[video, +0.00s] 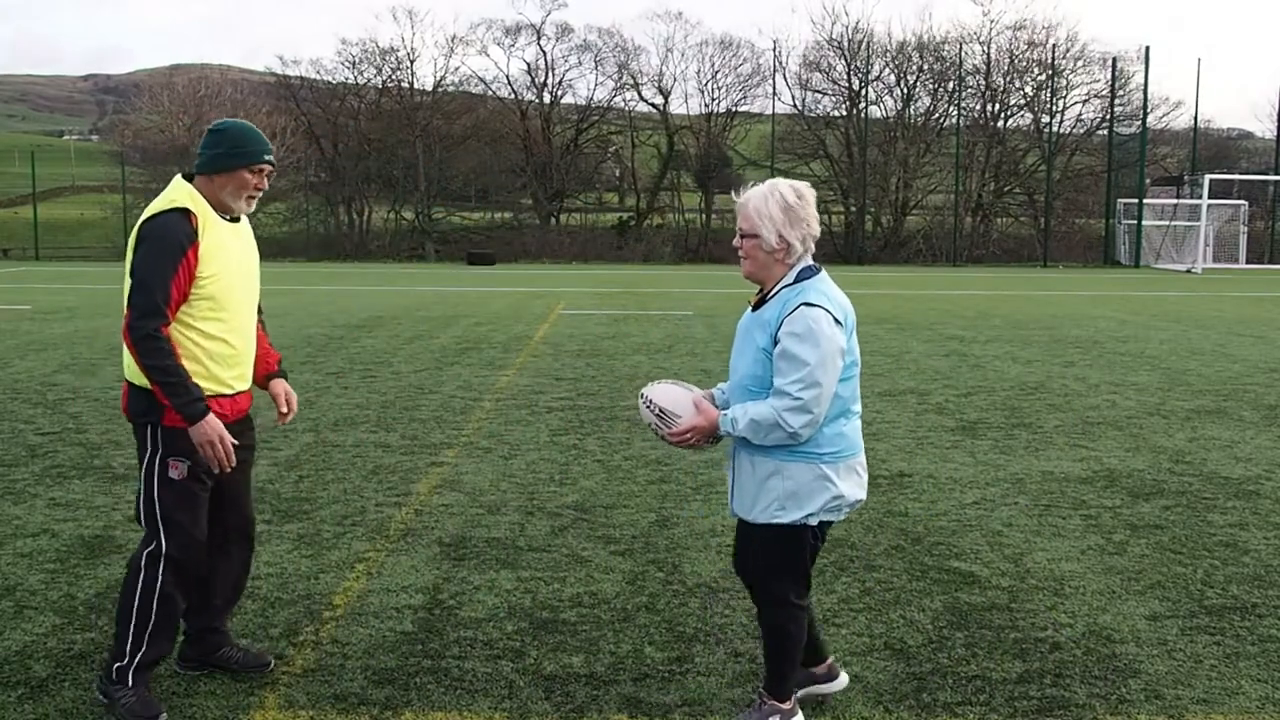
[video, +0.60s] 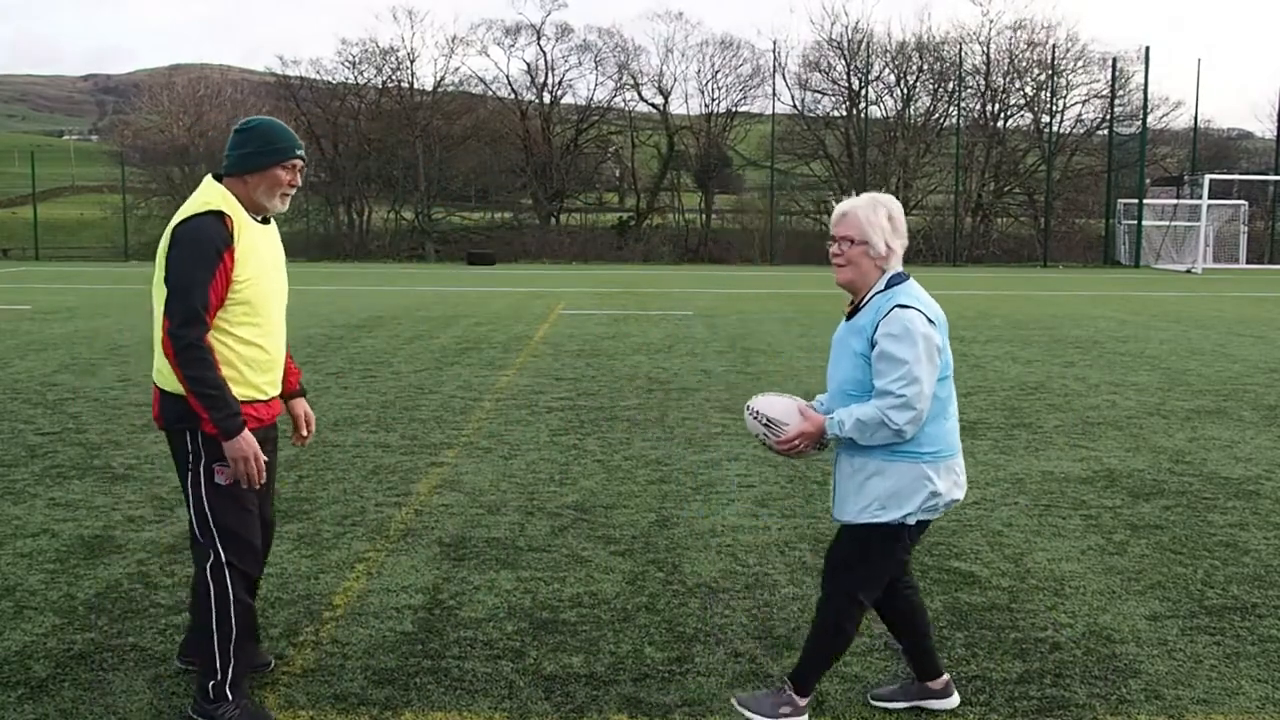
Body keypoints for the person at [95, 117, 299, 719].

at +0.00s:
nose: (263, 184)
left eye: (266, 174)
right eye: (254, 173)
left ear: (252, 176)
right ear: (217, 169)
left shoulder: (236, 226)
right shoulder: (172, 223)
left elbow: (241, 309)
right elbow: (144, 329)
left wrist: (272, 372)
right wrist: (195, 413)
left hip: (229, 409)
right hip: (172, 413)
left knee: (229, 532)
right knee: (171, 545)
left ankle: (206, 642)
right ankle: (126, 677)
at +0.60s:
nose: (296, 181)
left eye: (299, 170)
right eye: (287, 169)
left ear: (267, 171)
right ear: (249, 168)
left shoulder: (257, 223)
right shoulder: (205, 225)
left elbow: (262, 316)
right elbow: (185, 336)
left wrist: (292, 389)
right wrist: (230, 427)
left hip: (250, 410)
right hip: (205, 416)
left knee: (251, 538)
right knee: (228, 551)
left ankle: (218, 642)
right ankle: (219, 692)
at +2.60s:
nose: (327, 180)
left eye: (329, 170)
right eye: (317, 169)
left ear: (303, 175)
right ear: (279, 171)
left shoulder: (288, 227)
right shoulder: (235, 229)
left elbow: (289, 324)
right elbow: (219, 342)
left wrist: (316, 395)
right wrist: (257, 438)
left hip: (282, 420)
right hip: (225, 425)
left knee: (291, 544)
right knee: (220, 558)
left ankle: (260, 659)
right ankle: (208, 677)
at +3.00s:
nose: (404, 199)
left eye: (406, 187)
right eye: (395, 187)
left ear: (367, 192)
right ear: (356, 188)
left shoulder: (365, 240)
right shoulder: (307, 245)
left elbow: (375, 331)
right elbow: (284, 359)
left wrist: (401, 408)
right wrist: (325, 456)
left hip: (351, 430)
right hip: (291, 436)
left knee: (378, 540)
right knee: (304, 572)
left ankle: (293, 643)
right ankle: (248, 686)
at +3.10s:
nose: (432, 212)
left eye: (434, 200)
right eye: (424, 200)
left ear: (389, 204)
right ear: (385, 201)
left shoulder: (387, 250)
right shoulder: (339, 259)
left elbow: (406, 341)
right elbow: (328, 377)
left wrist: (443, 413)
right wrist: (377, 469)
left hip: (377, 433)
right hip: (320, 442)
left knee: (438, 529)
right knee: (312, 584)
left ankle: (377, 651)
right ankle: (253, 687)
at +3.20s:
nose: (473, 214)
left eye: (474, 202)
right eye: (464, 202)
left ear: (429, 207)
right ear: (427, 203)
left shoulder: (423, 259)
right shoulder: (386, 259)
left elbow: (451, 346)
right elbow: (394, 375)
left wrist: (500, 412)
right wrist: (453, 460)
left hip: (403, 437)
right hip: (353, 441)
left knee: (473, 526)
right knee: (334, 577)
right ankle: (257, 682)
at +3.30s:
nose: (523, 228)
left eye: (524, 216)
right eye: (515, 215)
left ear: (479, 218)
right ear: (479, 215)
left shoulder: (469, 267)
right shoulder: (438, 266)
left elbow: (504, 351)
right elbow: (469, 369)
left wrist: (571, 407)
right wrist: (544, 444)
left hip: (447, 443)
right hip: (393, 446)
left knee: (517, 552)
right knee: (368, 583)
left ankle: (571, 674)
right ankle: (269, 670)